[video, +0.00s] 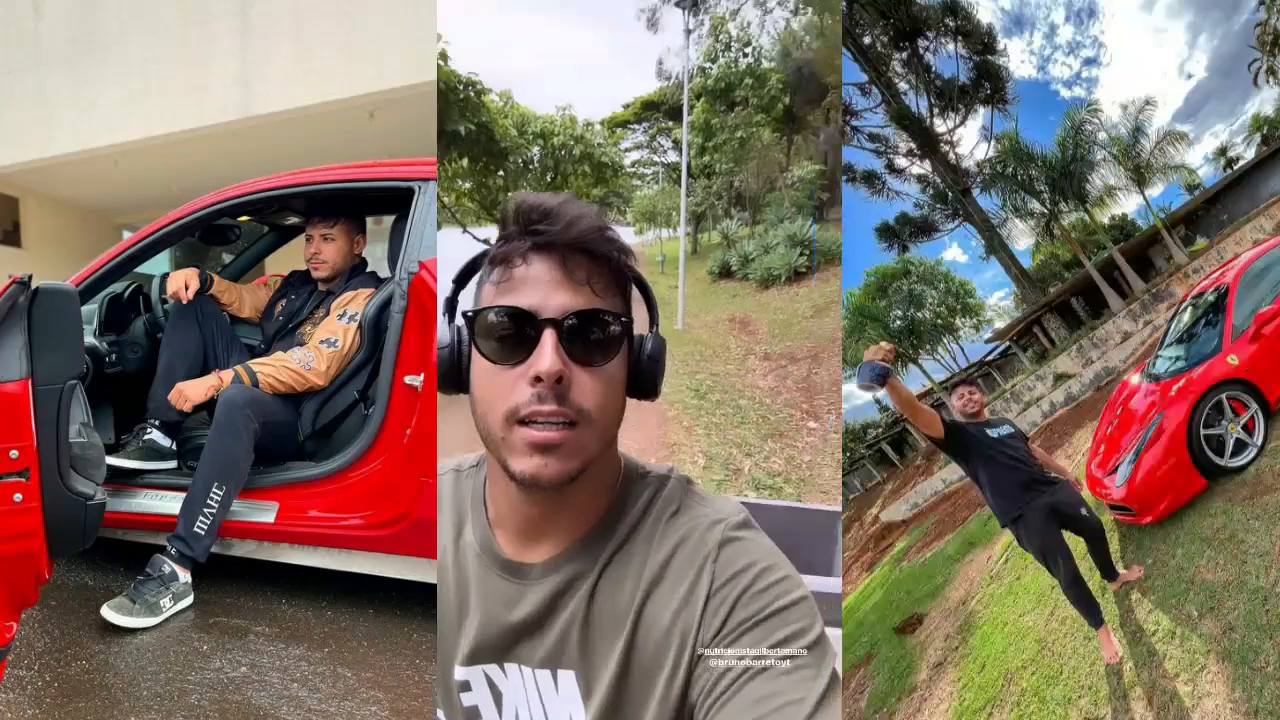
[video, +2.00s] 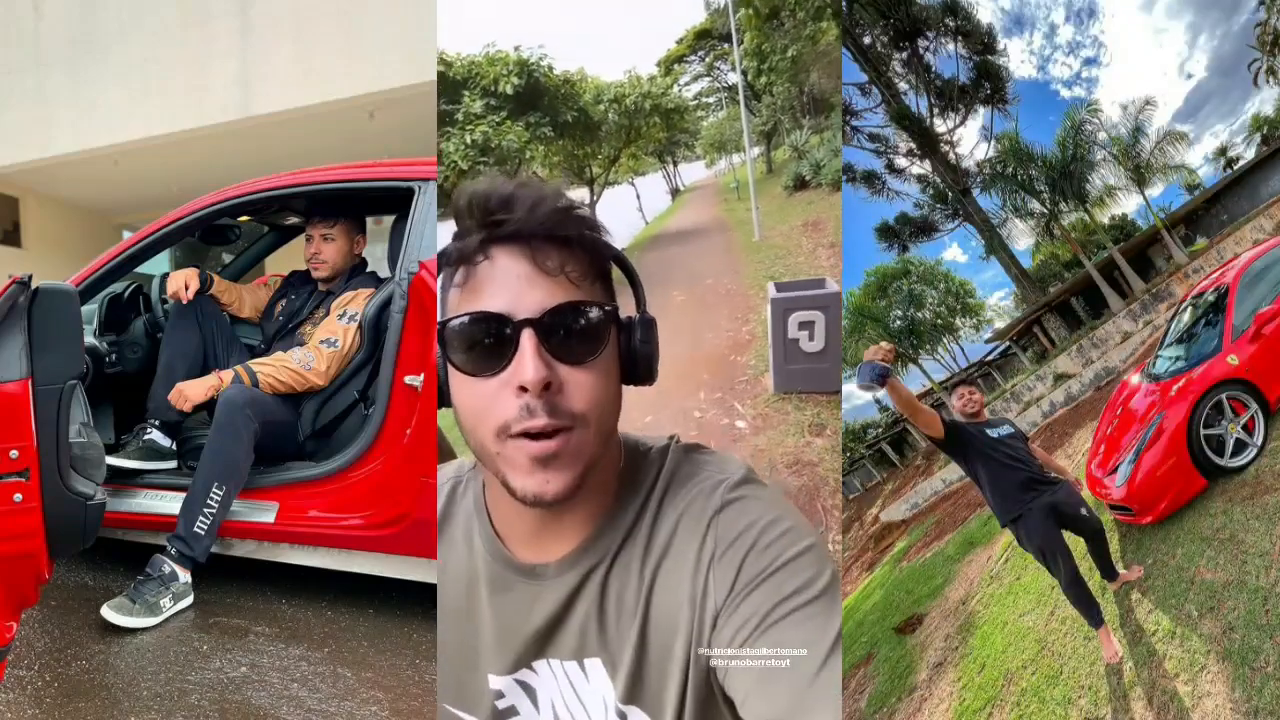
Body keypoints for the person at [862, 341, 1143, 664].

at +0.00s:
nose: (966, 397)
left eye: (971, 392)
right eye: (959, 397)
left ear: (984, 399)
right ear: (952, 410)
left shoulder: (1004, 424)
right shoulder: (956, 436)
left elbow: (1037, 454)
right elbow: (917, 413)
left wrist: (1067, 475)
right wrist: (887, 376)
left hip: (1051, 489)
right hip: (1022, 512)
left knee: (1093, 528)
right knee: (1065, 570)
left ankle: (1114, 576)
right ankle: (1101, 627)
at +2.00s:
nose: (966, 397)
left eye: (971, 392)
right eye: (959, 397)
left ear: (983, 398)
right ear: (953, 410)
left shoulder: (1004, 424)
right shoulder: (956, 436)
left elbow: (1037, 454)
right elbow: (917, 413)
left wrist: (1067, 475)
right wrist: (886, 376)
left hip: (1051, 489)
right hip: (1022, 512)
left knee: (1093, 527)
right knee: (1065, 570)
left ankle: (1114, 576)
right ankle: (1101, 627)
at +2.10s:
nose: (967, 397)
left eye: (971, 392)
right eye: (959, 397)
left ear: (983, 398)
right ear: (953, 410)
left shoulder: (1004, 424)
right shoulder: (956, 436)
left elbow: (1037, 454)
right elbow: (916, 412)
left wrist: (1067, 475)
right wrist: (886, 375)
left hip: (1051, 489)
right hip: (1022, 512)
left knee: (1093, 527)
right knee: (1065, 570)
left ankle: (1114, 576)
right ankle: (1101, 628)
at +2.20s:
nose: (967, 397)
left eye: (971, 392)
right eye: (959, 397)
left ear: (983, 398)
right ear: (953, 410)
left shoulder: (1004, 424)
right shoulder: (956, 436)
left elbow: (1037, 454)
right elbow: (916, 412)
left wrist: (1067, 475)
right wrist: (885, 374)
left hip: (1051, 489)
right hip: (1022, 512)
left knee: (1093, 527)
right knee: (1065, 570)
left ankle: (1114, 576)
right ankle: (1101, 628)